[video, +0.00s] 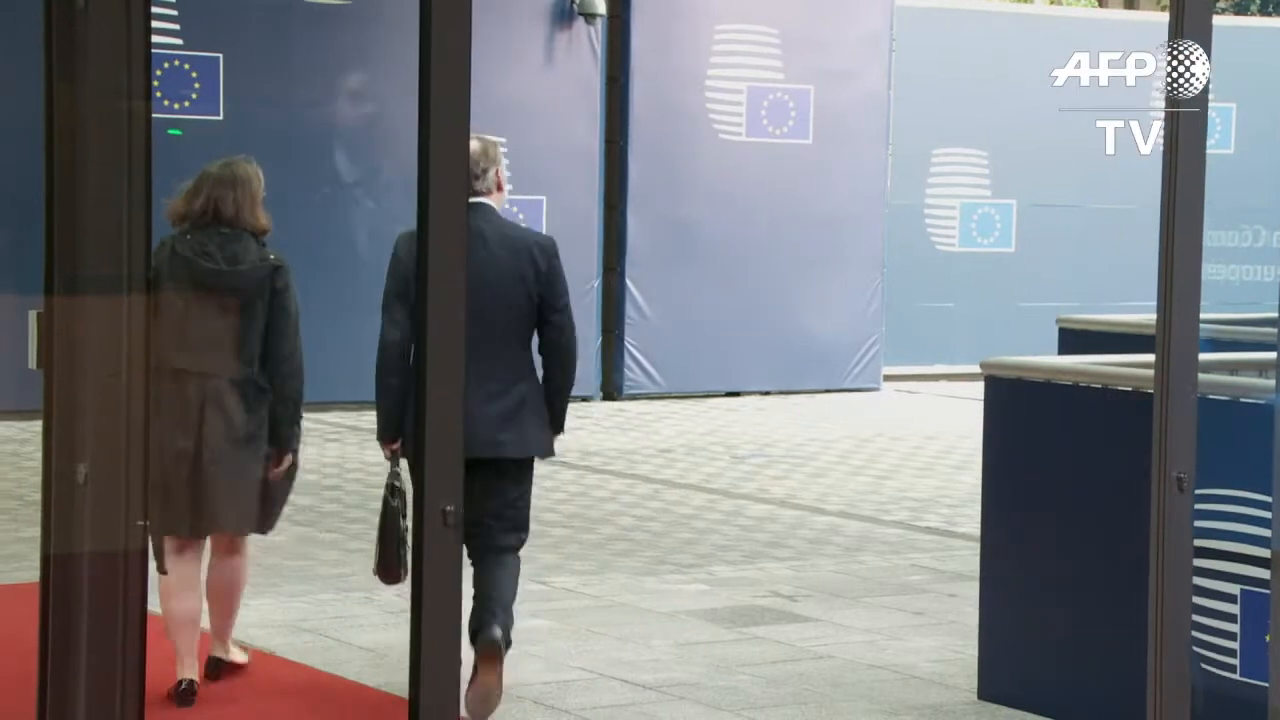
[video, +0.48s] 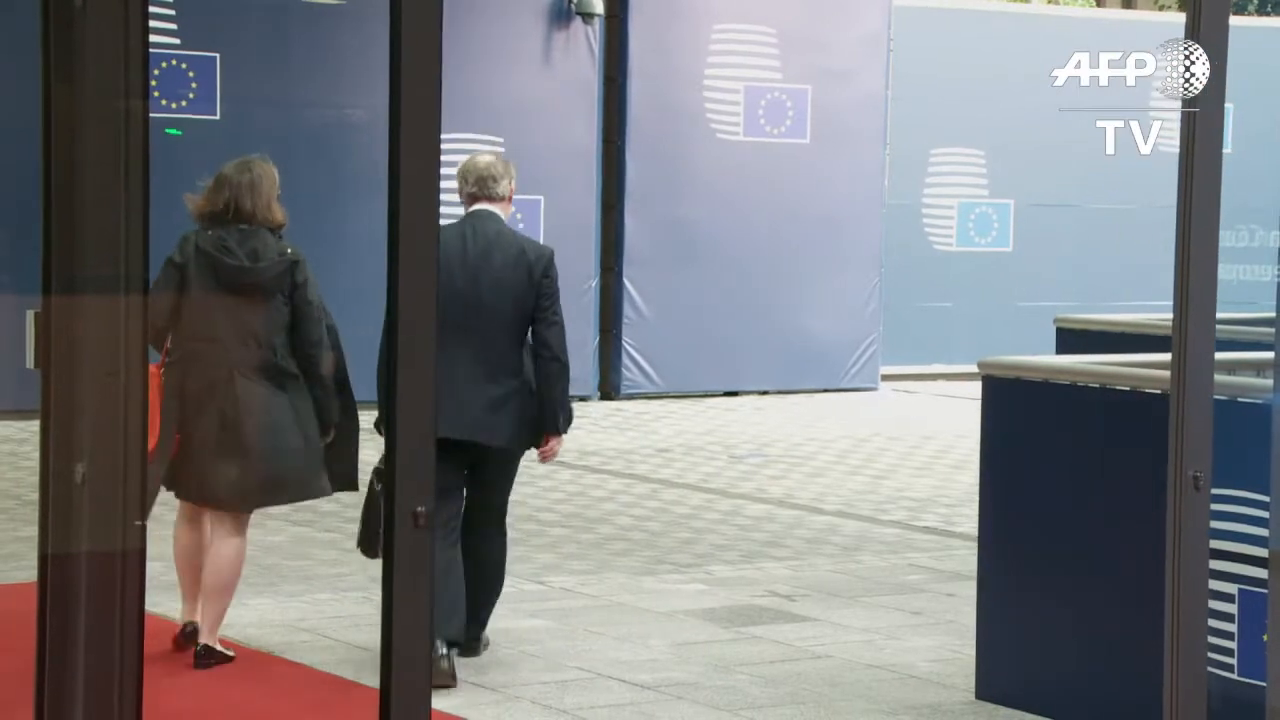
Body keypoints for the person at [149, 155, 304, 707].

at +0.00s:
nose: (263, 206)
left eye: (260, 196)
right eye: (260, 198)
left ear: (197, 198)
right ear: (252, 204)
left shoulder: (161, 260)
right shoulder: (269, 270)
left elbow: (138, 346)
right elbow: (284, 362)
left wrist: (137, 420)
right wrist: (286, 438)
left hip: (167, 419)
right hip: (237, 421)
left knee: (181, 548)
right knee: (230, 545)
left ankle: (186, 672)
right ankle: (222, 646)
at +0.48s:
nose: (280, 203)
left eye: (276, 193)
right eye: (276, 195)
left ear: (218, 197)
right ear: (268, 201)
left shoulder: (189, 253)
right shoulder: (287, 263)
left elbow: (154, 324)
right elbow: (318, 349)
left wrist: (176, 348)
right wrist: (329, 416)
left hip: (192, 399)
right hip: (254, 403)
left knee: (191, 511)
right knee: (229, 525)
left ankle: (190, 618)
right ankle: (207, 639)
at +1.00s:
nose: (293, 205)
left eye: (291, 197)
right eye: (290, 198)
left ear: (238, 197)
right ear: (279, 203)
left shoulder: (205, 248)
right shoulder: (295, 258)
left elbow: (173, 310)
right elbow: (308, 336)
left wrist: (195, 331)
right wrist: (309, 401)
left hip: (208, 387)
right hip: (268, 390)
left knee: (220, 502)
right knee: (269, 494)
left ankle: (226, 610)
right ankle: (256, 594)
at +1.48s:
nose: (319, 206)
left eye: (315, 198)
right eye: (316, 199)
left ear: (267, 198)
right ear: (311, 204)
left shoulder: (240, 245)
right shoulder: (322, 257)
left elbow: (210, 304)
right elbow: (335, 323)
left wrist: (215, 332)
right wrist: (333, 371)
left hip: (244, 375)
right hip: (299, 380)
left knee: (243, 473)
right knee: (277, 488)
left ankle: (235, 557)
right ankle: (258, 585)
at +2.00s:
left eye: (289, 208)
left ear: (292, 211)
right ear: (339, 206)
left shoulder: (278, 246)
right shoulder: (355, 252)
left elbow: (250, 303)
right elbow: (373, 325)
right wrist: (373, 380)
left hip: (286, 381)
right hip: (339, 384)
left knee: (285, 474)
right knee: (334, 475)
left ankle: (291, 560)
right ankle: (325, 562)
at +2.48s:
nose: (428, 211)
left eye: (426, 204)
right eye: (425, 205)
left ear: (378, 208)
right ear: (418, 211)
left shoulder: (352, 256)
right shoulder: (427, 260)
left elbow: (335, 318)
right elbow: (444, 331)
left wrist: (333, 376)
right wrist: (448, 389)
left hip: (359, 368)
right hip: (409, 370)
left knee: (364, 452)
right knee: (395, 461)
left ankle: (342, 508)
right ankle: (382, 544)